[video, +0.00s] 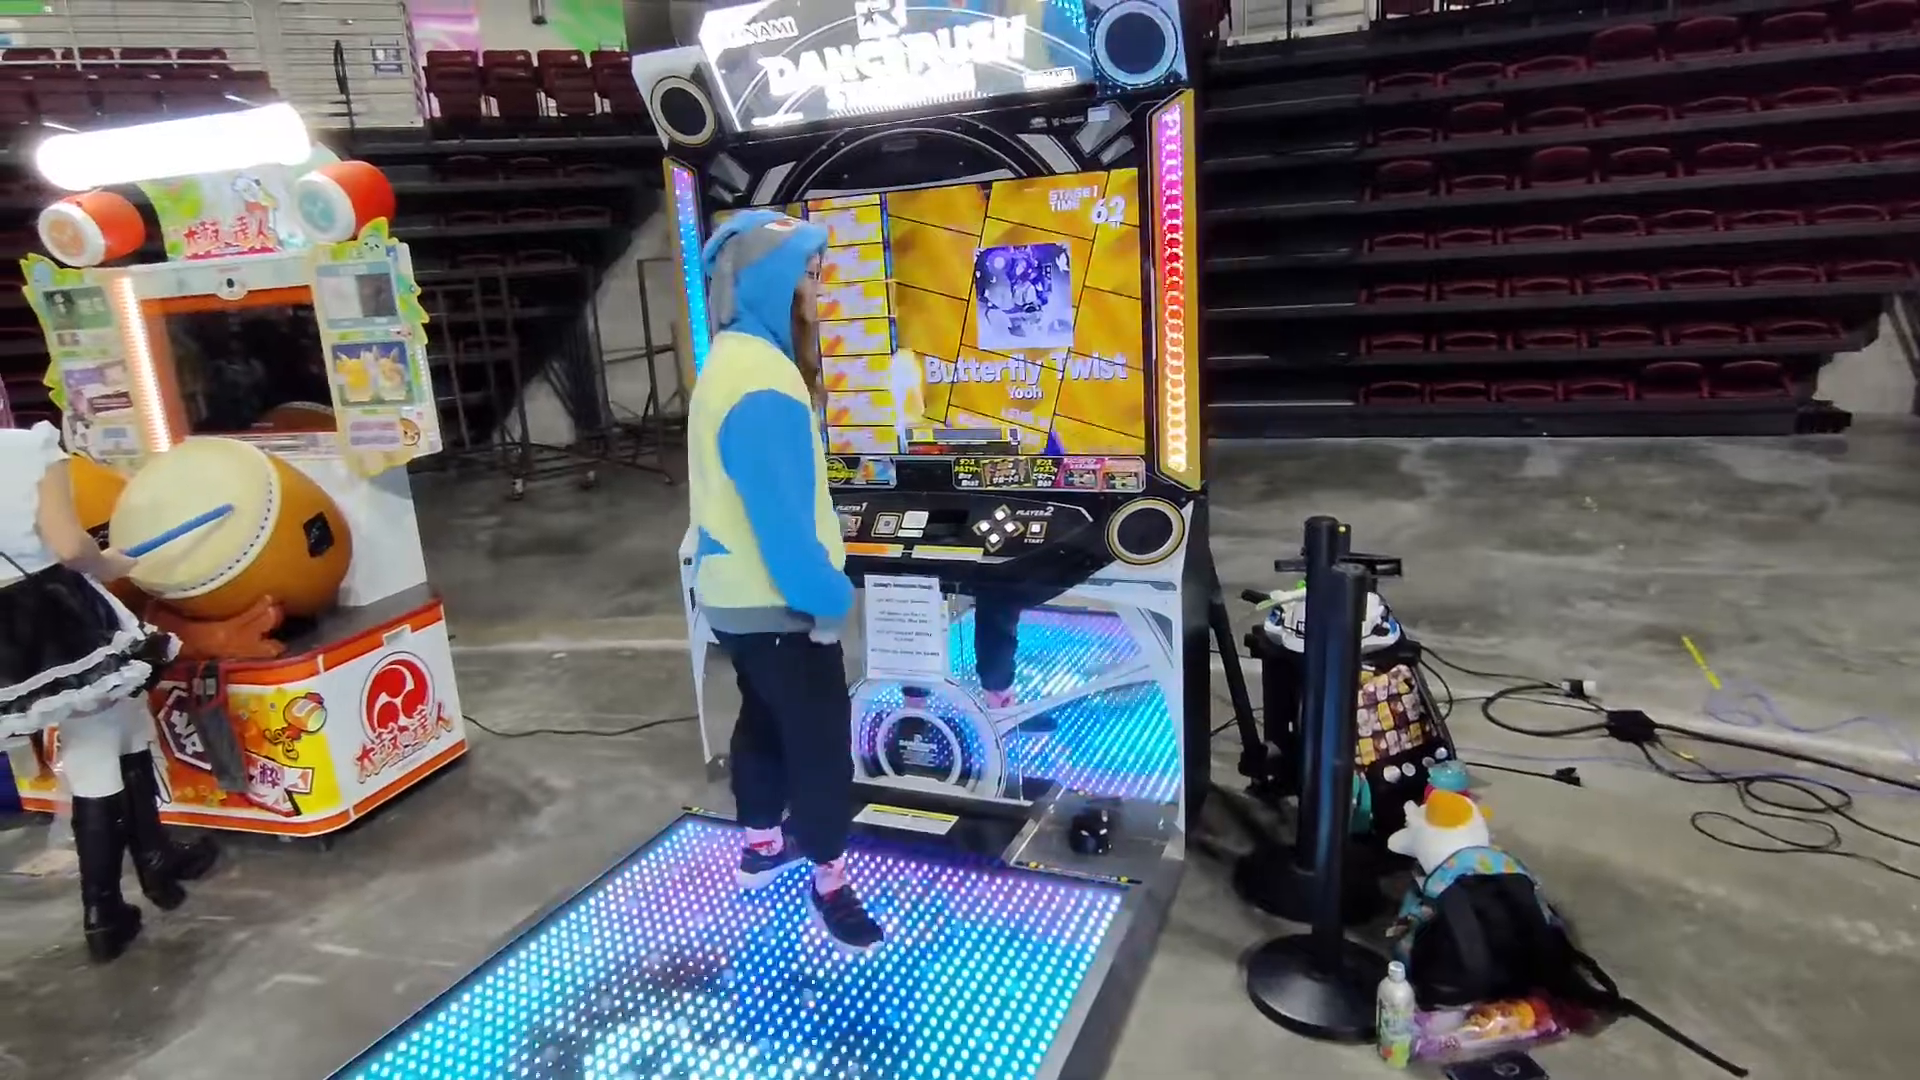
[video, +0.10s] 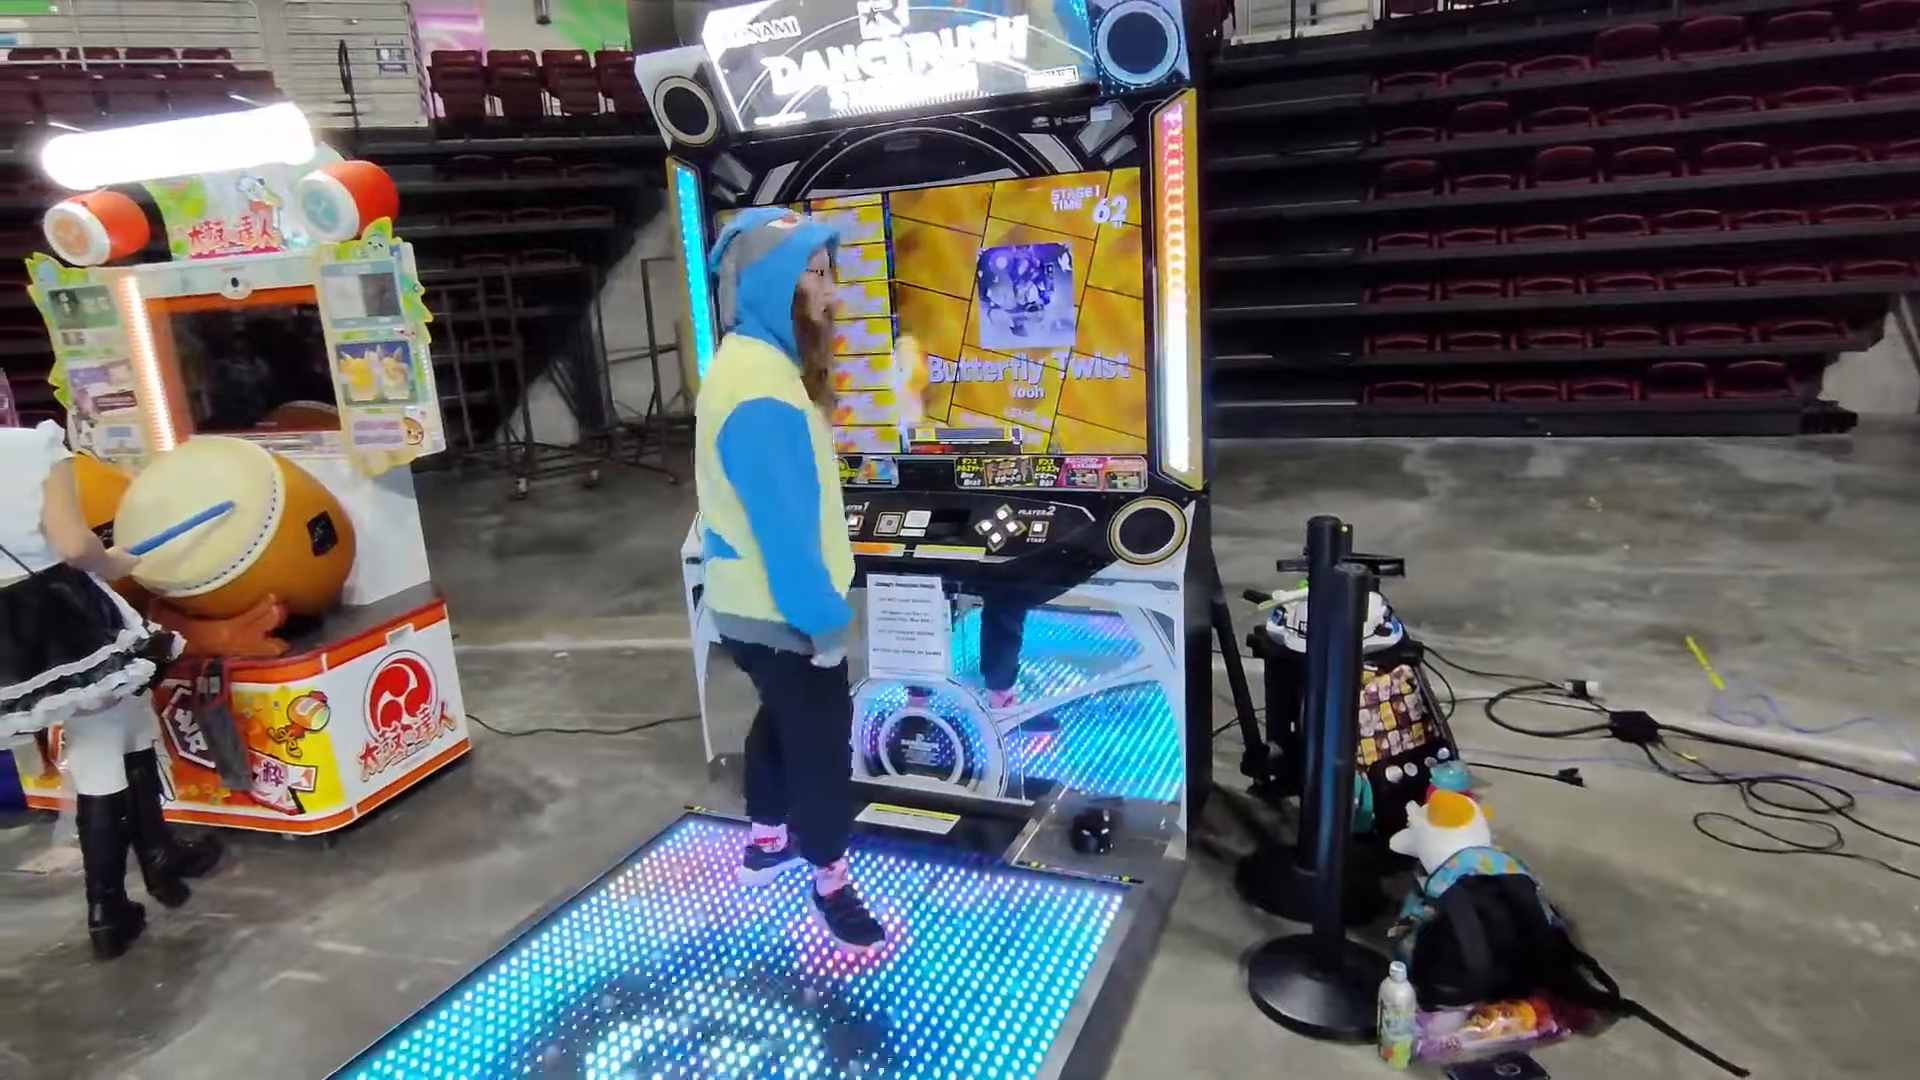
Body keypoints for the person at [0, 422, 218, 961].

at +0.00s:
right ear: (17, 391)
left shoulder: (28, 449)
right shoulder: (32, 447)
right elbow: (68, 544)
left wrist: (94, 562)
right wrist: (106, 563)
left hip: (16, 636)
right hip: (58, 626)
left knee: (127, 715)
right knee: (92, 748)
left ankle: (155, 857)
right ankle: (101, 909)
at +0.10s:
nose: (47, 389)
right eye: (42, 382)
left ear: (3, 392)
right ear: (20, 389)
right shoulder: (37, 446)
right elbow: (72, 543)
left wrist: (100, 558)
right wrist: (112, 562)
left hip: (15, 633)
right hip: (61, 623)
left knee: (131, 713)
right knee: (95, 751)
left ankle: (159, 857)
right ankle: (106, 908)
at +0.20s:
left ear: (6, 392)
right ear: (19, 388)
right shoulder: (41, 446)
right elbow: (76, 540)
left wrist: (107, 557)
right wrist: (116, 560)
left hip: (16, 633)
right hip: (64, 622)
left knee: (134, 708)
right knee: (100, 740)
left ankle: (163, 854)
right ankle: (110, 904)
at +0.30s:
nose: (18, 377)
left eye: (13, 364)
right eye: (13, 364)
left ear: (3, 384)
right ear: (9, 379)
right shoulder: (48, 443)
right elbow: (87, 541)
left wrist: (123, 555)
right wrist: (135, 555)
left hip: (22, 638)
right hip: (79, 627)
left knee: (142, 715)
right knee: (110, 748)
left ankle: (173, 851)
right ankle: (120, 904)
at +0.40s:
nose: (25, 364)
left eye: (18, 354)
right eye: (17, 355)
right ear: (6, 369)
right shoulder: (58, 437)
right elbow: (99, 537)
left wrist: (127, 550)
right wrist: (143, 552)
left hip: (24, 624)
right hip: (87, 614)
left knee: (153, 709)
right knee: (122, 739)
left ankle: (184, 841)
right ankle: (133, 894)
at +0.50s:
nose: (36, 362)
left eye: (30, 353)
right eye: (28, 354)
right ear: (15, 363)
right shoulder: (72, 438)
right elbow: (113, 536)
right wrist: (152, 550)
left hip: (20, 632)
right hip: (93, 619)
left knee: (165, 697)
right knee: (138, 730)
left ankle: (198, 838)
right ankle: (147, 886)